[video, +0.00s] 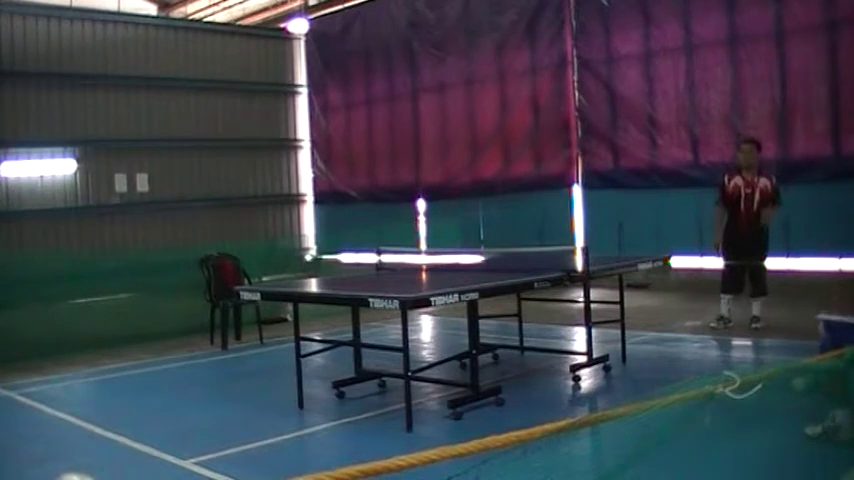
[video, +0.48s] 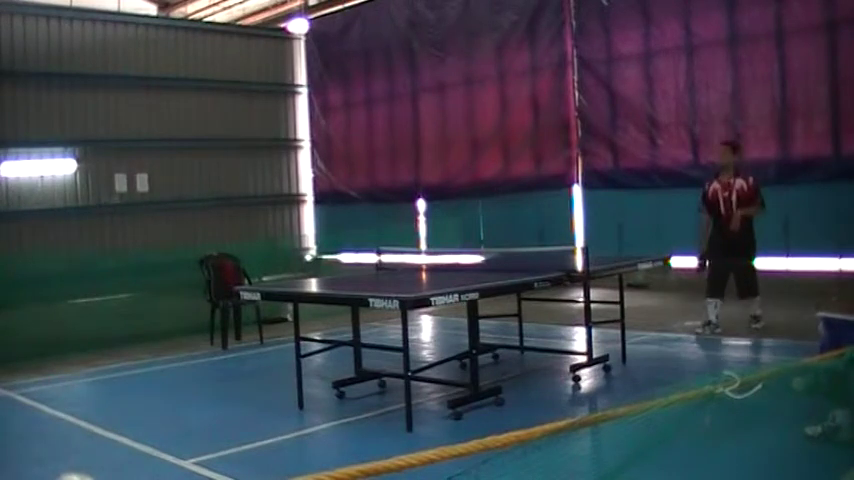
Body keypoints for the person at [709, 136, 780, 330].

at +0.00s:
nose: (746, 157)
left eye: (750, 152)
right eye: (743, 152)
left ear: (757, 156)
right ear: (738, 156)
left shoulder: (767, 182)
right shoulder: (729, 181)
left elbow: (773, 207)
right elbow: (721, 210)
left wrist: (766, 216)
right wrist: (718, 237)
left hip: (757, 234)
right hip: (733, 233)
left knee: (756, 272)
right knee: (730, 271)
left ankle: (756, 315)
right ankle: (724, 314)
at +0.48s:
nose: (722, 158)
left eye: (726, 154)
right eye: (721, 154)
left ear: (736, 157)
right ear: (719, 157)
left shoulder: (748, 183)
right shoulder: (711, 186)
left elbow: (757, 208)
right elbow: (707, 220)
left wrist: (740, 212)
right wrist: (703, 251)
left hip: (742, 242)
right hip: (719, 243)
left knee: (748, 281)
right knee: (714, 282)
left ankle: (755, 314)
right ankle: (712, 320)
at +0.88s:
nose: (692, 157)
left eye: (696, 152)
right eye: (690, 153)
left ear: (705, 155)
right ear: (689, 156)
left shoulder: (721, 179)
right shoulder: (686, 186)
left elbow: (732, 203)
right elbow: (684, 219)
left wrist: (714, 209)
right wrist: (678, 249)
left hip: (718, 235)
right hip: (698, 236)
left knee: (718, 274)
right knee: (702, 276)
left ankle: (725, 317)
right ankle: (710, 318)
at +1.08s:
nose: (684, 158)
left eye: (688, 154)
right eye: (683, 154)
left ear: (698, 157)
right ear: (681, 158)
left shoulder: (712, 181)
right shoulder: (679, 189)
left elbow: (724, 206)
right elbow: (675, 220)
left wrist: (706, 212)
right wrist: (668, 248)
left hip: (709, 234)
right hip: (690, 236)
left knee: (702, 272)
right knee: (696, 273)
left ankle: (699, 320)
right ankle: (709, 318)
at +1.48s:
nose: (674, 155)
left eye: (679, 151)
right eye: (674, 151)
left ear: (689, 155)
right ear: (673, 154)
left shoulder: (699, 182)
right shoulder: (668, 184)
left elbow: (708, 210)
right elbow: (661, 214)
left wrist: (684, 210)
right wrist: (657, 241)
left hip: (692, 242)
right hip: (672, 242)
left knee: (689, 285)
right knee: (679, 285)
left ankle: (690, 330)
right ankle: (685, 328)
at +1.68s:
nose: (659, 155)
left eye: (663, 151)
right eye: (659, 151)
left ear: (675, 155)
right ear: (663, 156)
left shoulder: (687, 180)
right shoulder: (660, 184)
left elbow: (693, 207)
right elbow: (656, 216)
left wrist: (670, 202)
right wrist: (649, 240)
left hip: (682, 242)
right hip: (662, 241)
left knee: (684, 284)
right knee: (654, 280)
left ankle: (689, 328)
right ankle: (656, 318)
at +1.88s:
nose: (642, 160)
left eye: (645, 156)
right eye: (641, 157)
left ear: (656, 159)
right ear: (645, 160)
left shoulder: (667, 182)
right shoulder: (647, 185)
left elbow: (670, 202)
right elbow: (648, 218)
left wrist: (649, 192)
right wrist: (645, 240)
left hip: (670, 243)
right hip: (652, 242)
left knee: (678, 285)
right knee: (646, 282)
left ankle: (689, 327)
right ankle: (640, 321)